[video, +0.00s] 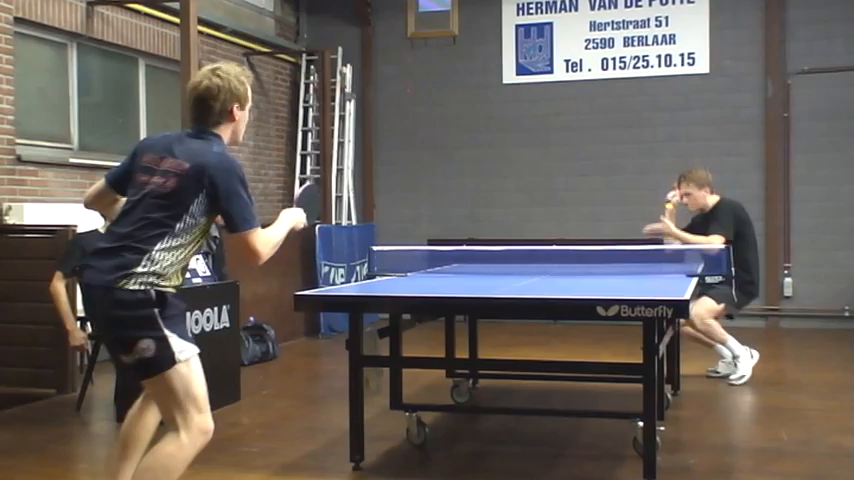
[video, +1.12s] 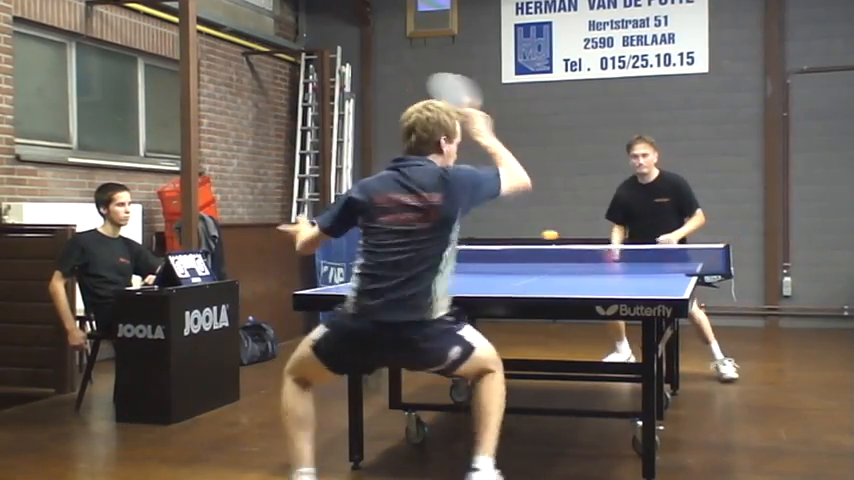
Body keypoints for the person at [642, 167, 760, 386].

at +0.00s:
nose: (684, 201)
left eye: (688, 195)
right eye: (682, 196)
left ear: (705, 191)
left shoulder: (727, 210)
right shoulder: (700, 220)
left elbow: (715, 244)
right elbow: (673, 244)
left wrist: (672, 231)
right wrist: (670, 210)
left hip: (738, 283)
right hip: (713, 282)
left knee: (698, 313)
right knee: (678, 320)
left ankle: (743, 353)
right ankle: (727, 356)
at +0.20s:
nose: (687, 213)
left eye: (690, 207)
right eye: (685, 208)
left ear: (707, 202)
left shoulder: (732, 223)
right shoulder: (701, 233)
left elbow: (722, 259)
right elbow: (678, 265)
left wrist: (683, 247)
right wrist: (673, 231)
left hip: (741, 294)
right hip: (716, 293)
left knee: (699, 322)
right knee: (680, 325)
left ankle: (746, 356)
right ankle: (726, 355)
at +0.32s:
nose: (687, 229)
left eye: (691, 223)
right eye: (685, 224)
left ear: (708, 221)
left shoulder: (735, 240)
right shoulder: (696, 247)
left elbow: (739, 284)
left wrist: (705, 273)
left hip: (744, 305)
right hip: (714, 303)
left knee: (702, 327)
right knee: (677, 331)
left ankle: (748, 358)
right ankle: (722, 352)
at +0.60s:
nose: (687, 199)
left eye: (693, 194)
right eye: (684, 194)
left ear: (708, 196)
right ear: (681, 198)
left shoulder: (726, 223)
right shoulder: (678, 229)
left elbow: (743, 265)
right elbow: (669, 263)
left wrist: (708, 248)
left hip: (727, 283)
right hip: (693, 286)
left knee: (705, 319)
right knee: (667, 327)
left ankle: (739, 359)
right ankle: (715, 349)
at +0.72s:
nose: (680, 182)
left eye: (686, 177)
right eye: (676, 178)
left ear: (699, 180)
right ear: (672, 182)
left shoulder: (717, 206)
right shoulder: (668, 212)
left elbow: (738, 246)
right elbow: (657, 250)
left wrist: (696, 243)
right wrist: (643, 265)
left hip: (714, 275)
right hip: (678, 276)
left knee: (704, 316)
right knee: (652, 310)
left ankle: (741, 363)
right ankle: (683, 344)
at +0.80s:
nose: (671, 177)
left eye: (677, 172)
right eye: (667, 172)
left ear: (689, 174)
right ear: (662, 176)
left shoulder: (707, 202)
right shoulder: (657, 207)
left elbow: (730, 238)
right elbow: (648, 243)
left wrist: (692, 246)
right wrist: (638, 260)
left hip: (703, 272)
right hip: (666, 274)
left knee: (702, 313)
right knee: (631, 296)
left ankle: (739, 363)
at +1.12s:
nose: (639, 161)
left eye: (644, 155)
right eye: (634, 157)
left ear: (655, 156)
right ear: (629, 161)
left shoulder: (674, 184)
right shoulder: (625, 190)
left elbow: (699, 218)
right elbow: (618, 226)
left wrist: (676, 235)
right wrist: (615, 247)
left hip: (672, 264)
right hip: (635, 265)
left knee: (691, 307)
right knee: (608, 301)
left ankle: (719, 358)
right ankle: (623, 350)